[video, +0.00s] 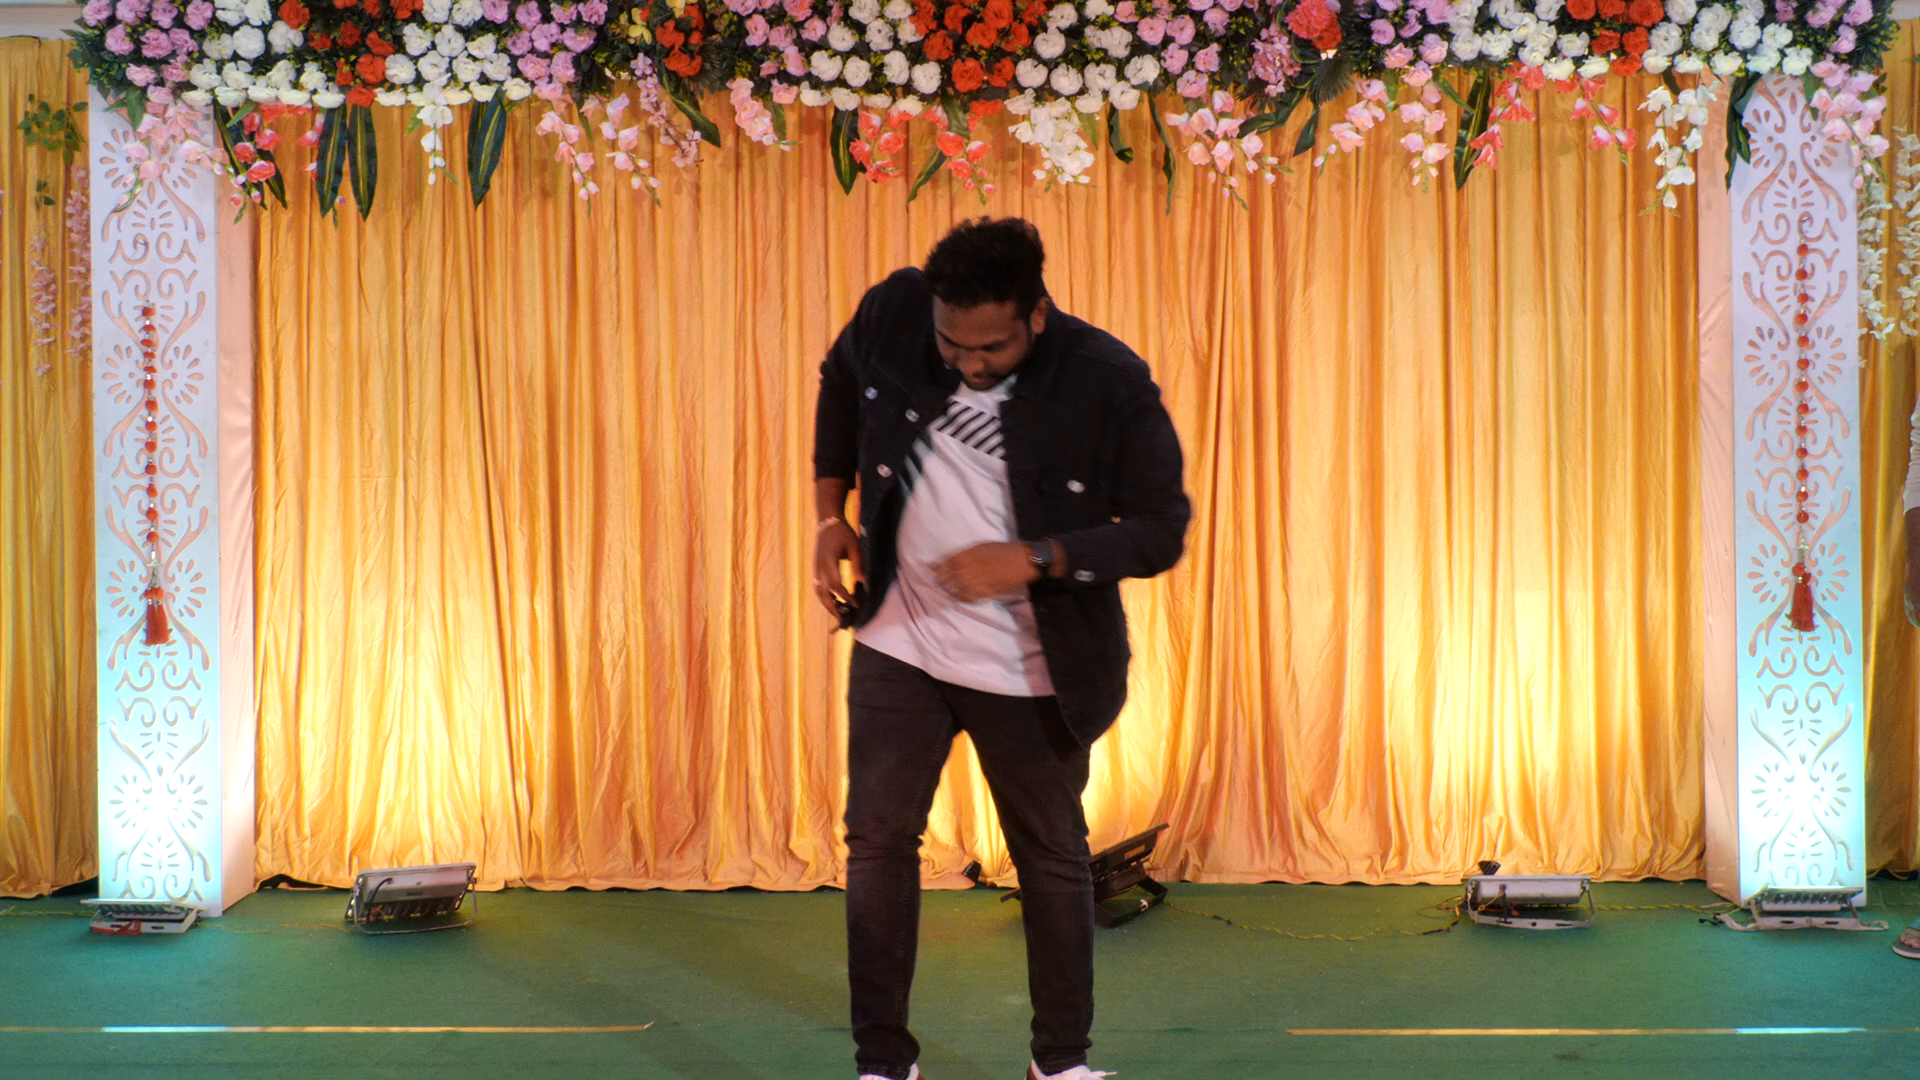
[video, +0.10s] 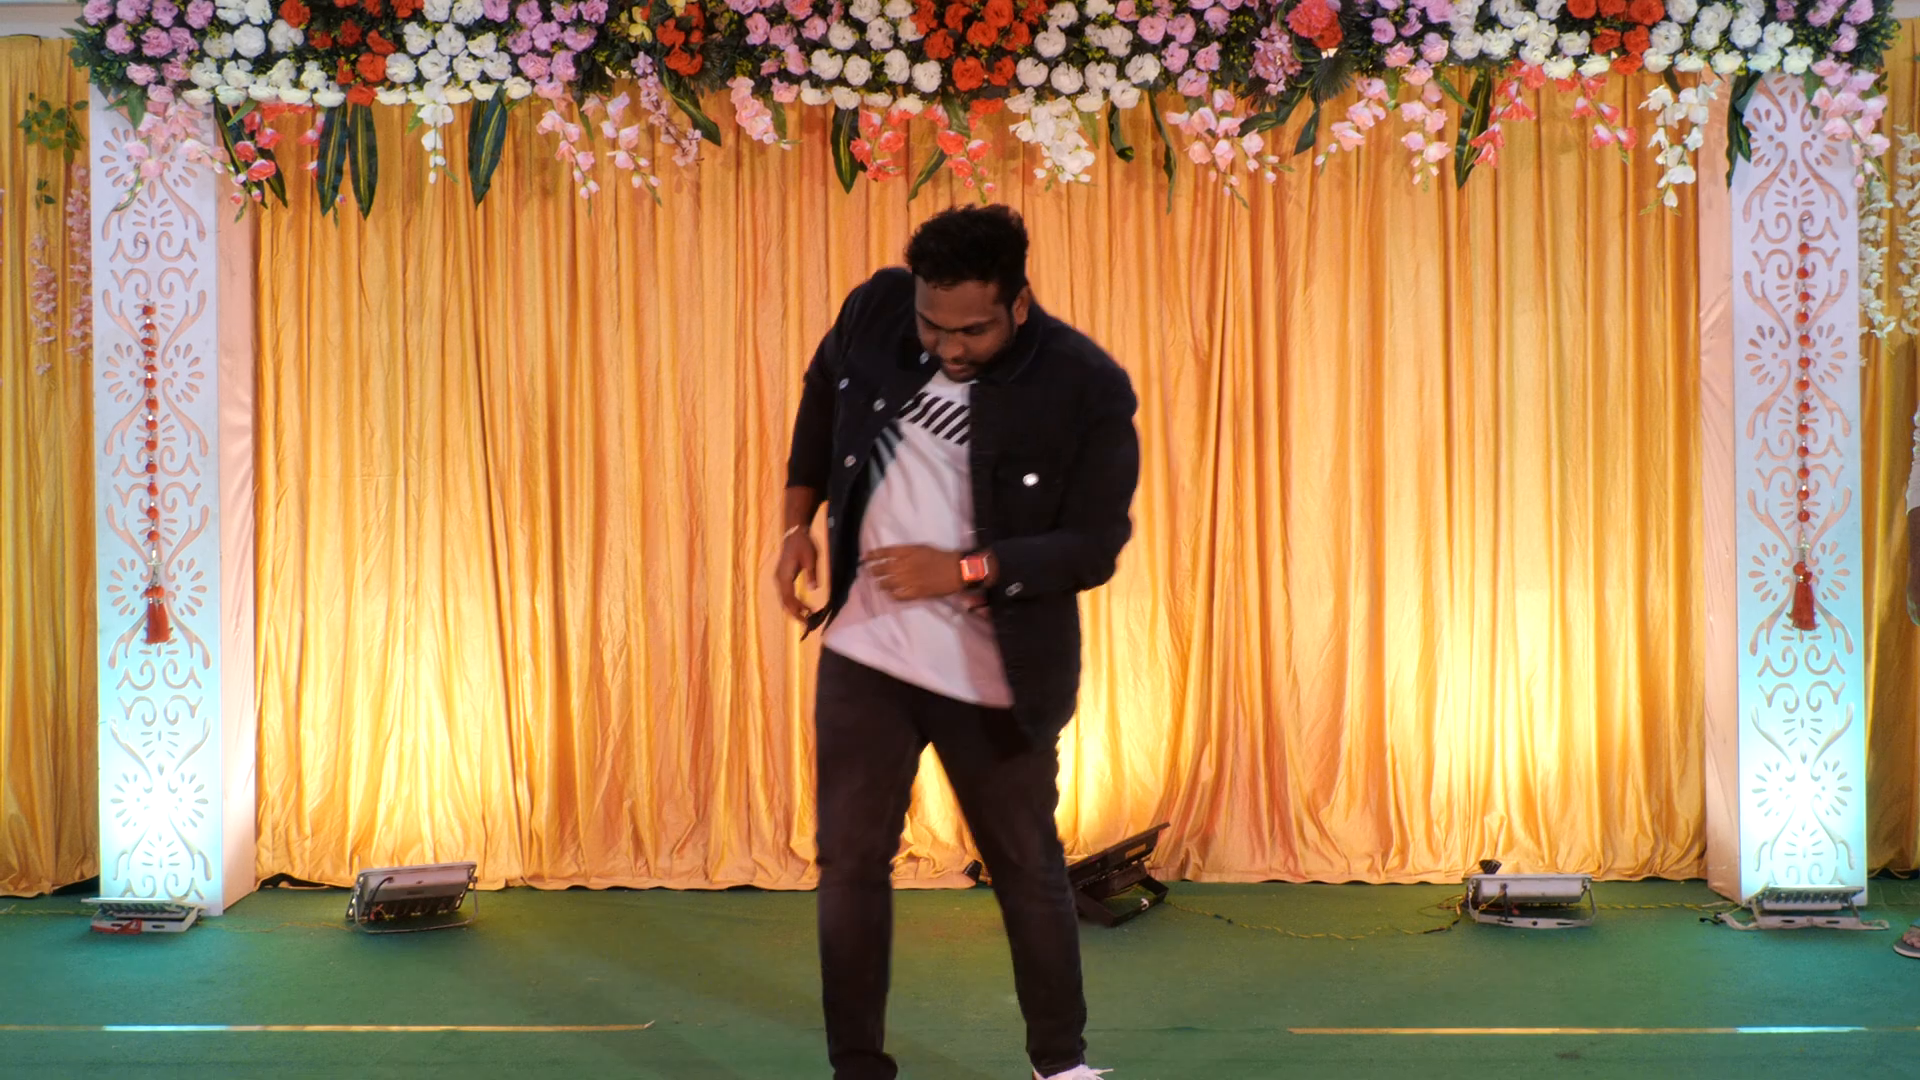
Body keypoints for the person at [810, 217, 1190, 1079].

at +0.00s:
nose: (970, 365)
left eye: (991, 348)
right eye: (953, 343)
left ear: (1036, 315)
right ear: (933, 308)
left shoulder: (1106, 379)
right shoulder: (896, 311)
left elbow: (1161, 530)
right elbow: (842, 381)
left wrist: (1035, 558)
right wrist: (831, 511)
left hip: (1025, 663)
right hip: (901, 642)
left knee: (1053, 860)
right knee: (877, 842)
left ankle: (1062, 1058)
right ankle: (881, 1061)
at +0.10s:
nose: (948, 348)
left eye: (972, 330)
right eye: (931, 324)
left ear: (1020, 301)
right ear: (913, 292)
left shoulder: (1087, 387)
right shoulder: (879, 311)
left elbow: (1094, 546)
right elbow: (825, 392)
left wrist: (964, 567)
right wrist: (798, 518)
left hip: (988, 675)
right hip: (864, 657)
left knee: (1031, 876)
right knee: (849, 864)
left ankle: (1062, 1061)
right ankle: (857, 1064)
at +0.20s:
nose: (929, 374)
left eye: (953, 355)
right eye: (912, 349)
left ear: (997, 337)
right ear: (893, 322)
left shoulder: (1057, 421)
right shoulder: (852, 367)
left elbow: (1049, 583)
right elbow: (803, 476)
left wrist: (927, 645)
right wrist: (772, 582)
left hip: (961, 720)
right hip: (836, 698)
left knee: (1008, 912)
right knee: (821, 901)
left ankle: (1061, 1068)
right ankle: (867, 1074)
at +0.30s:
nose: (911, 399)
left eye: (937, 382)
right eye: (896, 373)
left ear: (975, 362)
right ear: (872, 344)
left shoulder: (1037, 435)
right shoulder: (821, 417)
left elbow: (1093, 567)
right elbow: (792, 544)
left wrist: (1023, 680)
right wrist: (777, 624)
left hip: (959, 728)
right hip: (828, 712)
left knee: (1001, 918)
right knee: (809, 915)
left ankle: (1068, 1053)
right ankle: (866, 1075)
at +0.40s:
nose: (913, 404)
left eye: (937, 387)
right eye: (895, 380)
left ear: (967, 357)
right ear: (864, 345)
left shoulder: (1026, 398)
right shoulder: (804, 418)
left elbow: (1139, 455)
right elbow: (754, 558)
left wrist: (1108, 593)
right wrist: (804, 580)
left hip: (976, 709)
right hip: (842, 711)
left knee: (1028, 886)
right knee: (828, 911)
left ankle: (1046, 1029)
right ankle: (870, 1073)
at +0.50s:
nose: (936, 374)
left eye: (959, 354)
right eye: (917, 351)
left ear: (985, 323)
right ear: (880, 318)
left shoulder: (1032, 341)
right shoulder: (809, 383)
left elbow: (1142, 338)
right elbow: (738, 535)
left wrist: (1157, 475)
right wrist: (850, 508)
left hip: (1005, 672)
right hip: (866, 684)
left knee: (1059, 856)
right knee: (851, 892)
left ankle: (1057, 1052)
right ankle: (870, 1071)